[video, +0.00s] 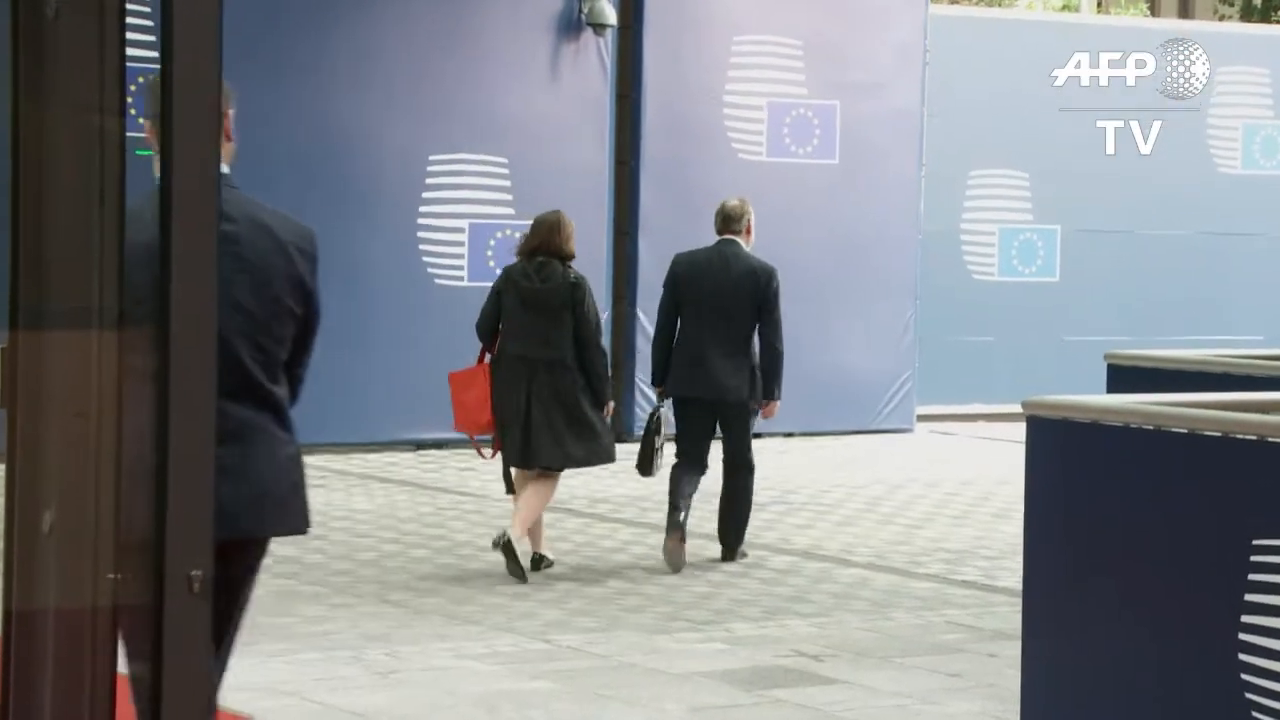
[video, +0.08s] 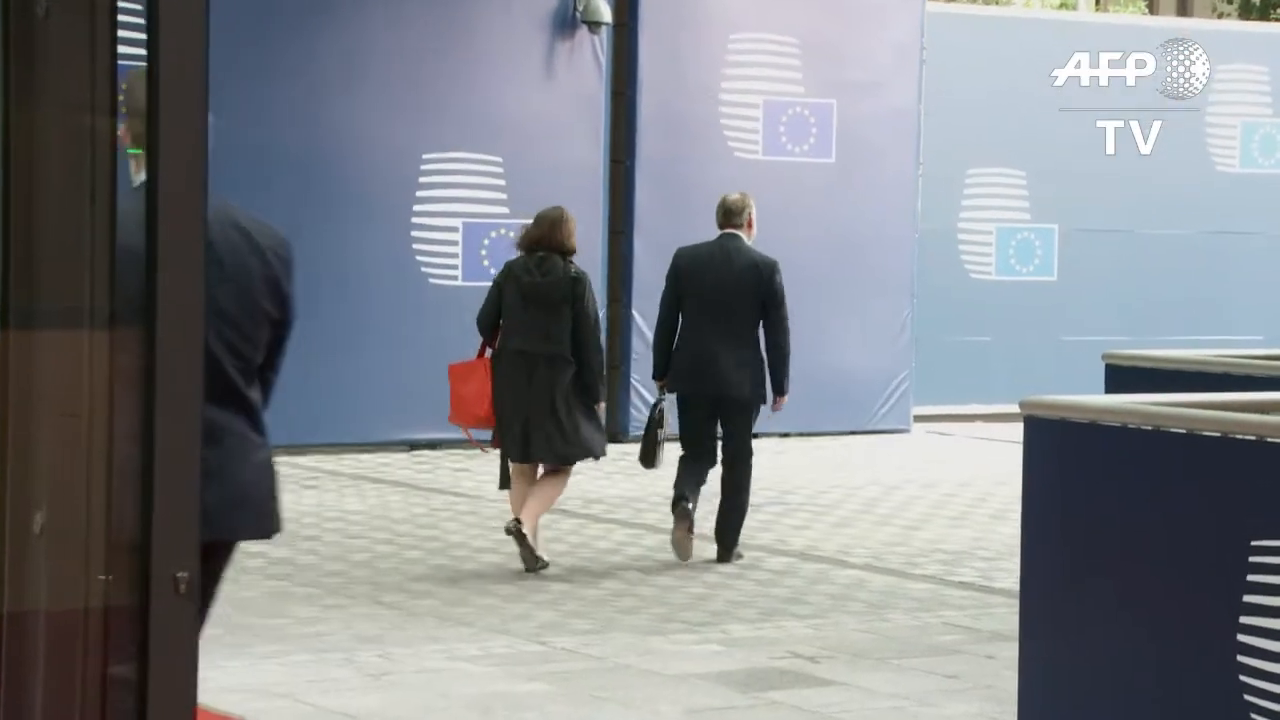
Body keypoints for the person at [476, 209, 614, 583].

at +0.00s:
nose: (574, 241)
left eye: (572, 234)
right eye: (571, 235)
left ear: (532, 237)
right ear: (565, 240)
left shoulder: (509, 277)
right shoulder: (574, 284)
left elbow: (485, 329)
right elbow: (591, 345)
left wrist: (504, 351)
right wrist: (605, 394)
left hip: (512, 382)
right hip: (558, 385)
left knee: (523, 469)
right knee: (548, 472)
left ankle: (539, 550)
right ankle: (514, 534)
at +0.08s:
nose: (574, 237)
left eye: (572, 230)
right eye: (572, 231)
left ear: (533, 232)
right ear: (566, 236)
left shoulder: (511, 271)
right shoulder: (575, 279)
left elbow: (486, 322)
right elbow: (589, 342)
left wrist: (503, 343)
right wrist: (596, 393)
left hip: (512, 383)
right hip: (557, 386)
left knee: (521, 466)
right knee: (560, 467)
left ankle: (530, 550)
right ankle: (525, 521)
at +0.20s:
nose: (576, 234)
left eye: (571, 227)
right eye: (574, 229)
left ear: (535, 228)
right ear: (569, 234)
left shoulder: (511, 268)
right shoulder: (575, 277)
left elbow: (485, 318)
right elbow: (585, 339)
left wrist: (507, 344)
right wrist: (588, 393)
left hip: (511, 379)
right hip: (557, 382)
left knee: (518, 464)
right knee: (566, 458)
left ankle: (523, 553)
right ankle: (549, 536)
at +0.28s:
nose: (580, 237)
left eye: (576, 230)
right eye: (578, 232)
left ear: (538, 231)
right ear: (573, 236)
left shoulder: (513, 269)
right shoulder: (577, 280)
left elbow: (486, 320)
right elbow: (583, 342)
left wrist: (507, 342)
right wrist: (586, 394)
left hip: (512, 384)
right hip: (559, 387)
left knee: (517, 465)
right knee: (566, 465)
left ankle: (516, 555)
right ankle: (565, 546)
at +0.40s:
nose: (587, 247)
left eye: (586, 241)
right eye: (584, 242)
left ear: (546, 238)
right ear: (574, 243)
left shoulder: (517, 276)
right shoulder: (581, 287)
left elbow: (489, 326)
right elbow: (585, 351)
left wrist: (511, 351)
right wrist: (586, 403)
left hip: (516, 388)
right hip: (562, 391)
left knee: (515, 472)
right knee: (567, 469)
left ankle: (507, 555)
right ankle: (571, 543)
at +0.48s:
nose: (590, 248)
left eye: (589, 242)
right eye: (588, 242)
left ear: (548, 237)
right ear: (580, 244)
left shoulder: (522, 276)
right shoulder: (586, 287)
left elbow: (493, 325)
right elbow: (589, 351)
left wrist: (515, 351)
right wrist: (590, 403)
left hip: (520, 387)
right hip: (567, 391)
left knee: (518, 470)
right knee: (568, 471)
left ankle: (503, 543)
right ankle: (564, 548)